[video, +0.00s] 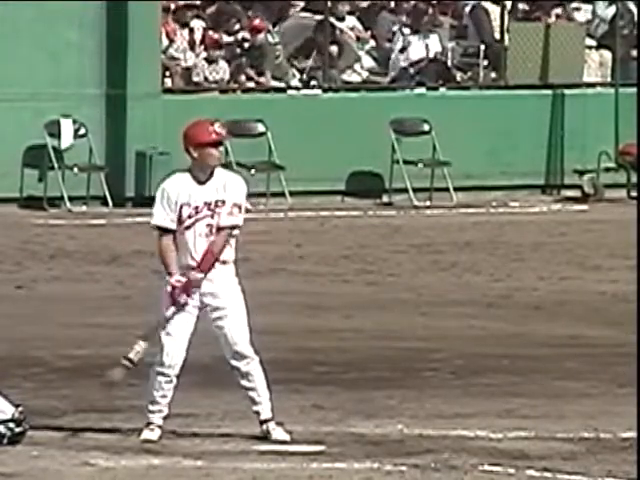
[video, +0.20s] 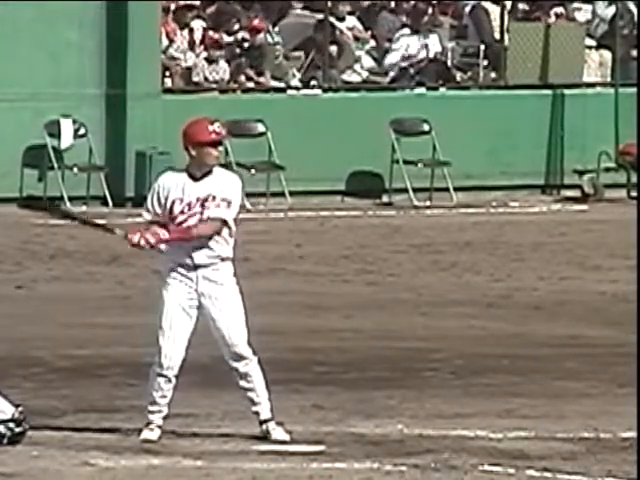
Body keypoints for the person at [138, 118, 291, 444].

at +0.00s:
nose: (220, 151)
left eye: (220, 146)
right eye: (213, 147)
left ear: (219, 149)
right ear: (194, 152)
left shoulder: (233, 184)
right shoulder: (172, 187)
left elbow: (225, 234)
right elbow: (165, 236)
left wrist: (200, 272)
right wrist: (175, 275)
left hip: (221, 276)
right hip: (184, 278)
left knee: (241, 350)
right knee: (169, 357)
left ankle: (267, 420)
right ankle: (154, 421)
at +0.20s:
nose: (219, 151)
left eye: (219, 145)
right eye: (212, 146)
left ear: (218, 148)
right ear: (193, 150)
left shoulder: (229, 182)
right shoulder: (168, 183)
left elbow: (210, 228)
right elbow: (154, 224)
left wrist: (164, 236)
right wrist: (143, 235)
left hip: (218, 276)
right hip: (178, 277)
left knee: (238, 349)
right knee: (168, 357)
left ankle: (267, 420)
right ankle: (154, 422)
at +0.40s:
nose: (220, 149)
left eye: (221, 143)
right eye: (213, 144)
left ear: (221, 146)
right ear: (194, 148)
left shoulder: (230, 180)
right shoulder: (170, 181)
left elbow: (214, 219)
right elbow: (153, 230)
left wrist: (171, 211)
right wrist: (153, 210)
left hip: (219, 275)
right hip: (180, 277)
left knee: (239, 350)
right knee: (169, 357)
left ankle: (267, 421)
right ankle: (154, 421)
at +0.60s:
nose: (223, 149)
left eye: (224, 143)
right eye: (216, 144)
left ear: (223, 146)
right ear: (197, 148)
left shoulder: (236, 179)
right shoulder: (175, 181)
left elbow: (235, 222)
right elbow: (161, 232)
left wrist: (203, 205)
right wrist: (177, 207)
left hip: (224, 274)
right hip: (185, 276)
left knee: (243, 351)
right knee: (172, 357)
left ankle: (267, 421)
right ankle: (155, 421)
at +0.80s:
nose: (230, 149)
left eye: (230, 144)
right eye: (224, 145)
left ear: (227, 147)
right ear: (205, 149)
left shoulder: (238, 178)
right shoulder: (186, 187)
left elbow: (260, 220)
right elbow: (188, 236)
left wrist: (239, 209)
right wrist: (214, 213)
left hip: (228, 276)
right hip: (192, 278)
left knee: (246, 351)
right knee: (177, 354)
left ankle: (267, 421)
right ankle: (155, 421)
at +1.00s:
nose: (238, 153)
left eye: (238, 147)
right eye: (232, 148)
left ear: (230, 150)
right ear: (214, 153)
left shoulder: (240, 178)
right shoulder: (200, 193)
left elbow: (256, 223)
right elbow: (229, 239)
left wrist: (276, 215)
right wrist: (259, 219)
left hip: (230, 277)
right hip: (196, 280)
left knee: (247, 351)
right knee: (183, 356)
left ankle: (268, 421)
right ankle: (156, 422)